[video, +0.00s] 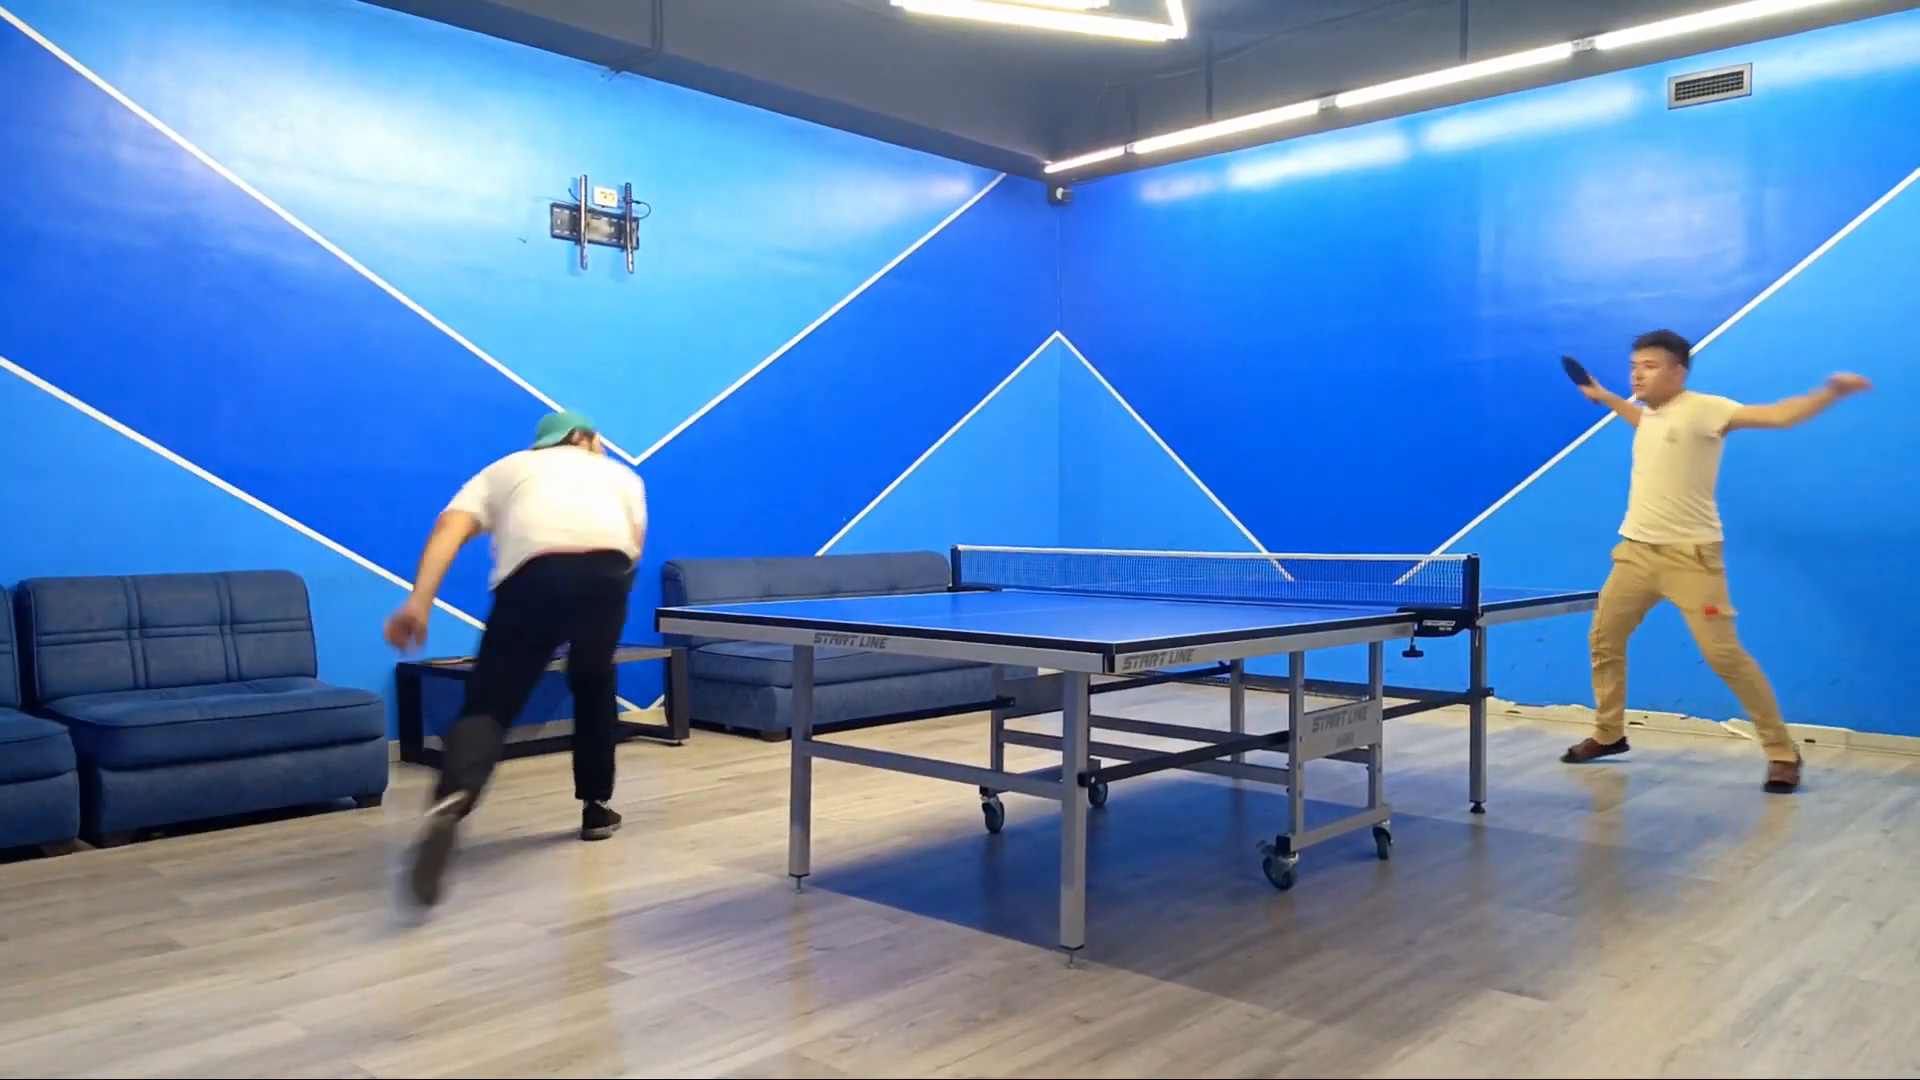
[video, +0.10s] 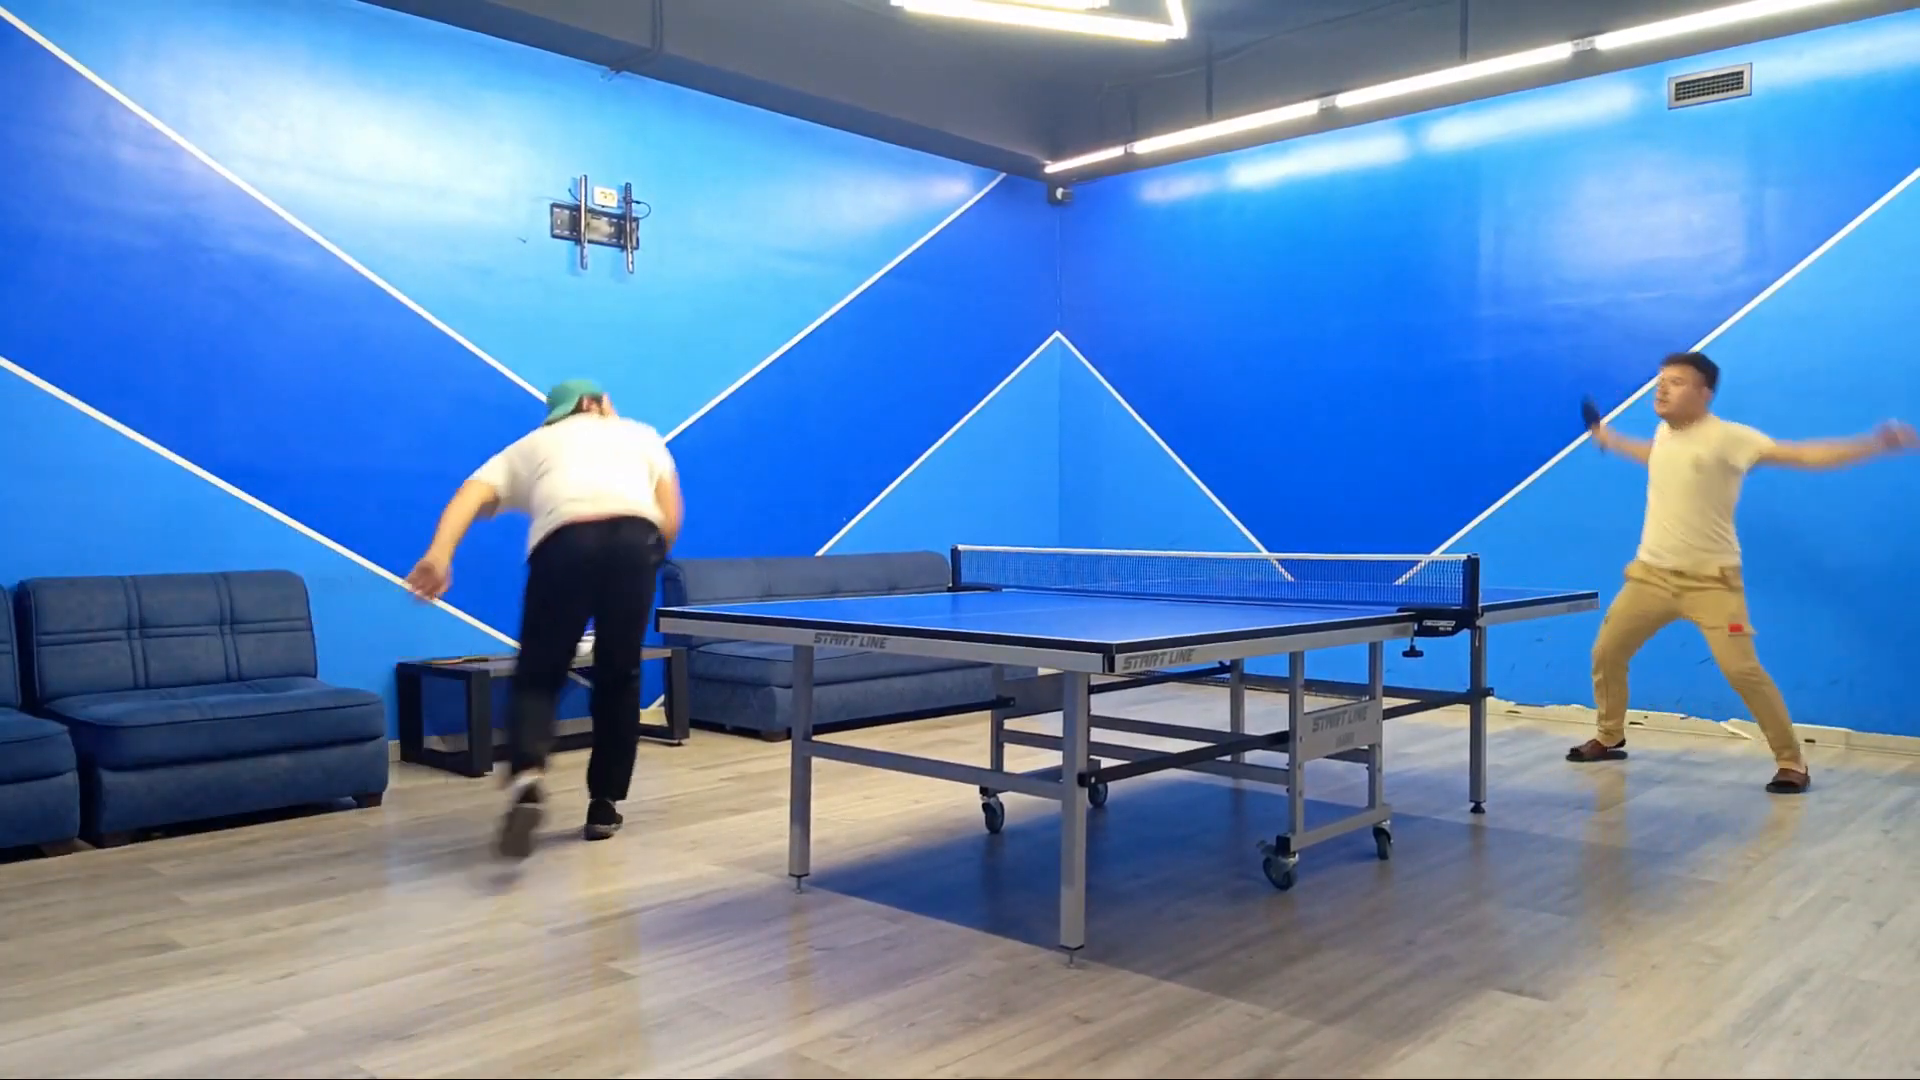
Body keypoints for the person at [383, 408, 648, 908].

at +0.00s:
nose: (603, 448)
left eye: (599, 441)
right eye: (600, 441)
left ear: (539, 443)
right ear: (584, 441)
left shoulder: (505, 468)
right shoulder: (624, 476)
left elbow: (451, 527)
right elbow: (631, 548)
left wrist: (418, 602)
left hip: (534, 574)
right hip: (606, 574)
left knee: (492, 695)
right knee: (594, 683)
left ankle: (456, 792)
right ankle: (596, 808)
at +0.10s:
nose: (613, 410)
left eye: (608, 405)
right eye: (609, 405)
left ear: (554, 415)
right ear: (599, 405)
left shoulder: (532, 443)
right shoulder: (643, 434)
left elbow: (472, 492)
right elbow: (671, 516)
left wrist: (439, 553)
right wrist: (650, 551)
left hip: (563, 546)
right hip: (633, 543)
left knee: (539, 673)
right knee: (619, 674)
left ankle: (528, 773)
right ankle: (604, 808)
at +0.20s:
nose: (625, 370)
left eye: (619, 364)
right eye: (618, 364)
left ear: (568, 386)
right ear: (600, 370)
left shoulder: (550, 422)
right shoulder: (654, 392)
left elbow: (499, 463)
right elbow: (701, 463)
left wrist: (480, 519)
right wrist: (682, 529)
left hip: (584, 530)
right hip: (650, 522)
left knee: (589, 648)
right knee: (635, 655)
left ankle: (565, 768)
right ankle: (615, 791)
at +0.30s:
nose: (642, 345)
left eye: (635, 338)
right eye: (632, 339)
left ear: (596, 360)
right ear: (608, 352)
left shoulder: (568, 410)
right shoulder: (667, 374)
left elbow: (529, 453)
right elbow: (721, 438)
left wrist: (528, 512)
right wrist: (695, 485)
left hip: (605, 529)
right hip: (669, 518)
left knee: (623, 643)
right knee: (644, 649)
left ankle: (606, 761)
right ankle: (616, 780)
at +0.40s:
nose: (664, 340)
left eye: (658, 333)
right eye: (653, 335)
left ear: (620, 359)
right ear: (628, 352)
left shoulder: (590, 410)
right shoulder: (684, 380)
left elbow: (557, 458)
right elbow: (735, 443)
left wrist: (574, 530)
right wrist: (695, 467)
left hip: (627, 540)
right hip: (687, 534)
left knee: (660, 649)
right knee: (661, 656)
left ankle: (664, 754)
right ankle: (618, 777)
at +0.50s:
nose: (685, 356)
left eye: (682, 348)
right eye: (673, 351)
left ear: (642, 372)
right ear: (647, 367)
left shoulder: (612, 426)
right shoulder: (695, 405)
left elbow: (586, 486)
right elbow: (739, 470)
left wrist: (614, 555)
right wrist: (695, 451)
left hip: (644, 560)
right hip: (699, 558)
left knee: (675, 659)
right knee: (700, 662)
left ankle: (674, 761)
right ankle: (631, 753)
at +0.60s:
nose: (698, 348)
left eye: (697, 340)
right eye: (683, 344)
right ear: (661, 363)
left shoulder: (647, 413)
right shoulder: (698, 403)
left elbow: (630, 485)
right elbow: (735, 477)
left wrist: (655, 529)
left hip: (661, 554)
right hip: (705, 555)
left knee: (686, 649)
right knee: (739, 647)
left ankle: (678, 755)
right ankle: (664, 724)